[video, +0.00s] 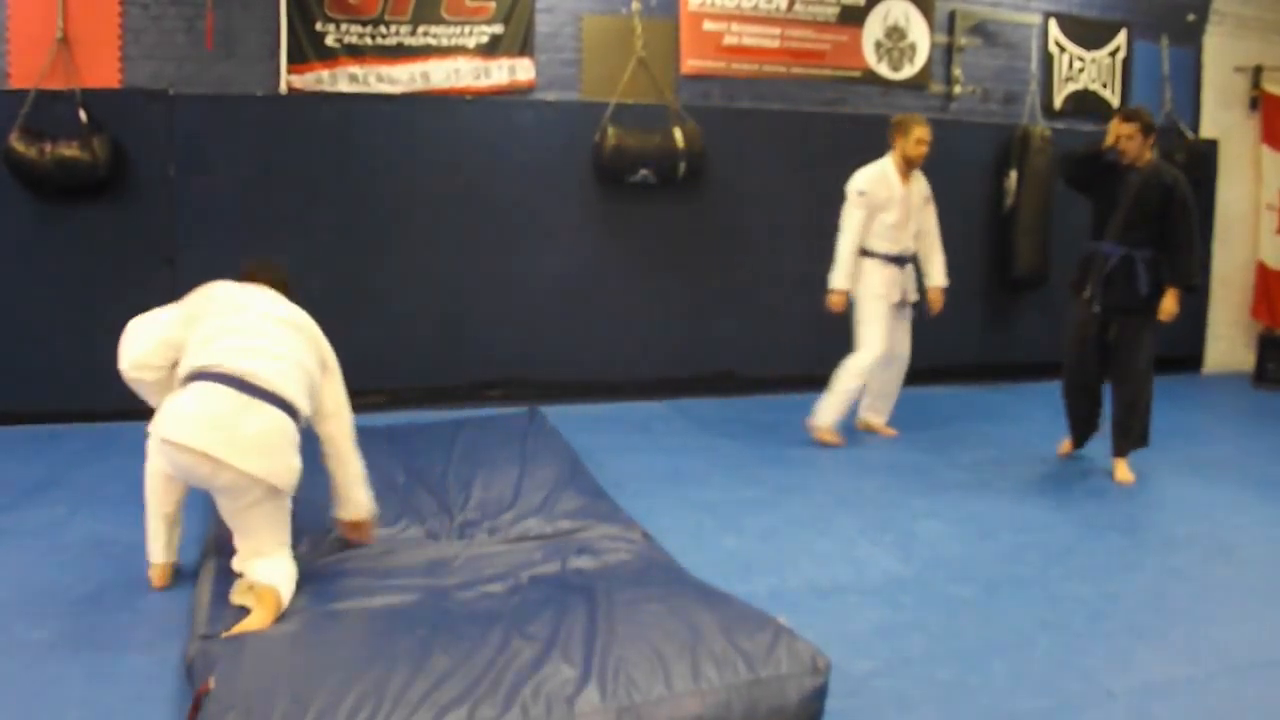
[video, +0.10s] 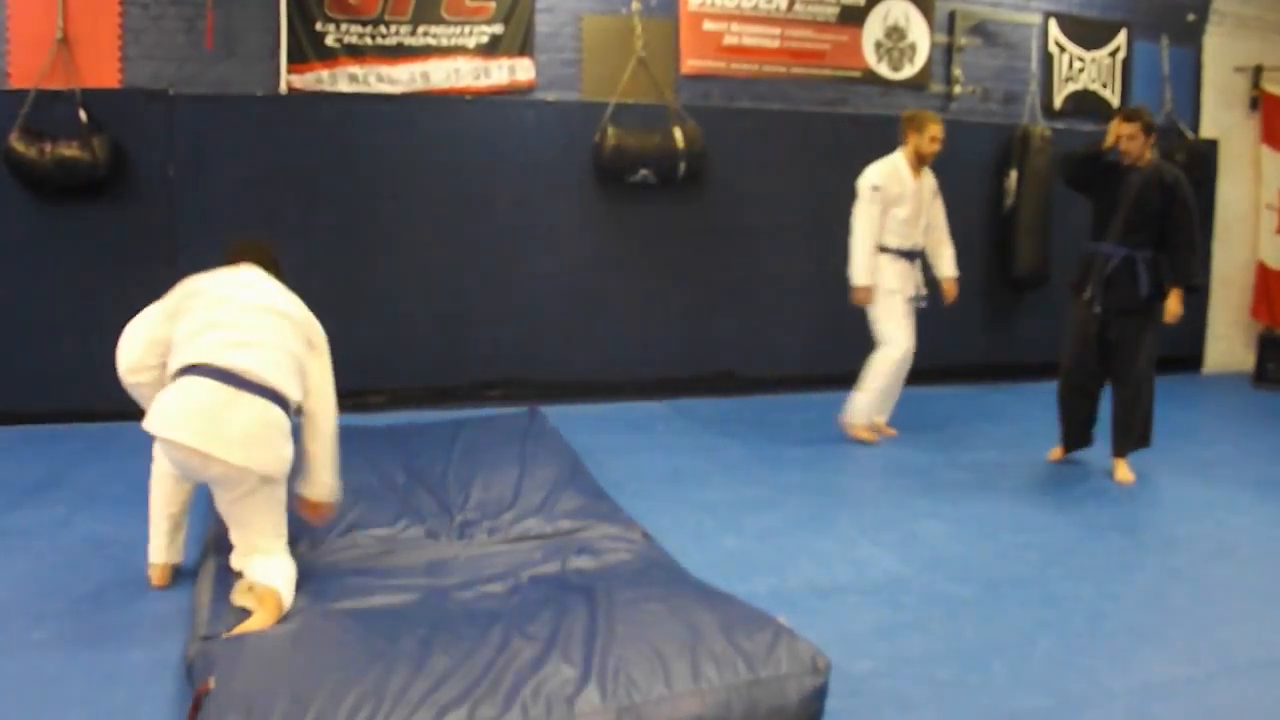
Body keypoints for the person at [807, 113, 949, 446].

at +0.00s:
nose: (924, 150)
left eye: (927, 144)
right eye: (918, 142)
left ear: (928, 147)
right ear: (898, 141)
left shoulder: (920, 185)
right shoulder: (867, 180)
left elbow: (929, 236)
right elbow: (849, 235)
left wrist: (936, 282)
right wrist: (839, 284)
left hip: (905, 270)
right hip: (872, 267)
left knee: (899, 349)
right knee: (871, 347)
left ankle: (873, 414)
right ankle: (823, 419)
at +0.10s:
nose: (938, 147)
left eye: (940, 141)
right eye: (932, 140)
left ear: (939, 143)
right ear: (911, 137)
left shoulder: (927, 180)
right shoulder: (878, 175)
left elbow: (937, 229)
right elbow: (863, 229)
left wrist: (947, 273)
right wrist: (861, 278)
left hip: (910, 265)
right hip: (882, 263)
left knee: (905, 345)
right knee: (895, 342)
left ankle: (877, 416)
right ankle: (856, 415)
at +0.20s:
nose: (957, 148)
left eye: (958, 141)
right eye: (952, 140)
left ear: (941, 141)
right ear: (931, 137)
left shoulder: (937, 174)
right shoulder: (896, 172)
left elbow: (947, 223)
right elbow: (884, 225)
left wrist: (960, 265)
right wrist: (889, 274)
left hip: (921, 263)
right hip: (898, 263)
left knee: (897, 341)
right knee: (927, 337)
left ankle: (872, 409)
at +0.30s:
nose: (974, 155)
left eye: (975, 148)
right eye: (970, 147)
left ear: (953, 146)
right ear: (949, 143)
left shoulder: (948, 180)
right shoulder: (919, 176)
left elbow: (955, 228)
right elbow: (906, 229)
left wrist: (971, 267)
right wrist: (915, 278)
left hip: (928, 266)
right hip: (913, 268)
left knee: (901, 347)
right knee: (946, 346)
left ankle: (871, 412)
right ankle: (964, 421)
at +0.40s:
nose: (993, 160)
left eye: (994, 153)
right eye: (989, 153)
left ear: (973, 150)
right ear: (970, 149)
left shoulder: (960, 180)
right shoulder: (946, 181)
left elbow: (964, 236)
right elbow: (937, 238)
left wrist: (976, 274)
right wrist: (945, 290)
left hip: (928, 270)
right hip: (931, 272)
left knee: (904, 348)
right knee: (962, 353)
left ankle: (870, 411)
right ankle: (990, 422)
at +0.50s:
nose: (1018, 158)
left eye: (1018, 152)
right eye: (1013, 152)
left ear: (990, 151)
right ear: (994, 151)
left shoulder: (962, 174)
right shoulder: (982, 187)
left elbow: (946, 227)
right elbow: (973, 245)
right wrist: (976, 297)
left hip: (936, 266)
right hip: (958, 274)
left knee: (918, 344)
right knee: (982, 352)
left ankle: (877, 404)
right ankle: (991, 424)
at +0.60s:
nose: (1037, 154)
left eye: (1038, 147)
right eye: (1033, 147)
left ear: (1008, 147)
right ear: (1015, 148)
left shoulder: (986, 170)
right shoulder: (1005, 184)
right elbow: (1003, 243)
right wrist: (1011, 294)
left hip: (959, 264)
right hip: (979, 272)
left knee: (953, 343)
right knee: (997, 349)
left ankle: (901, 391)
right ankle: (994, 425)